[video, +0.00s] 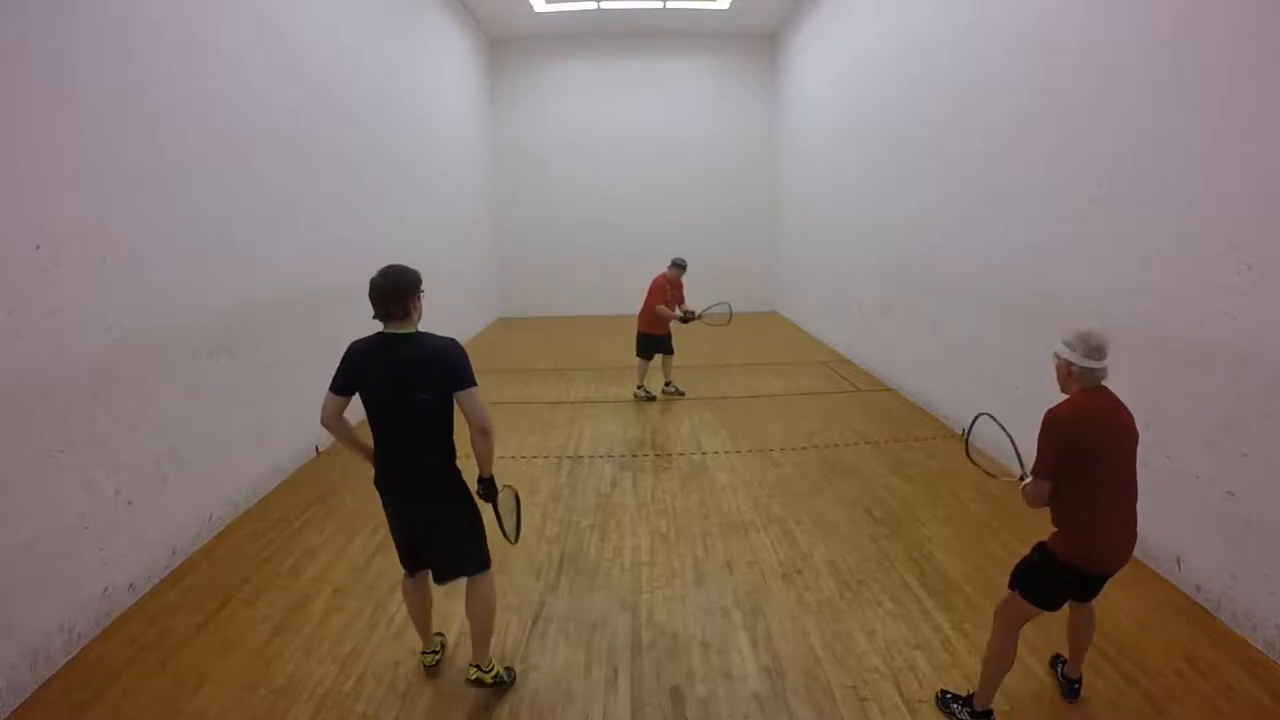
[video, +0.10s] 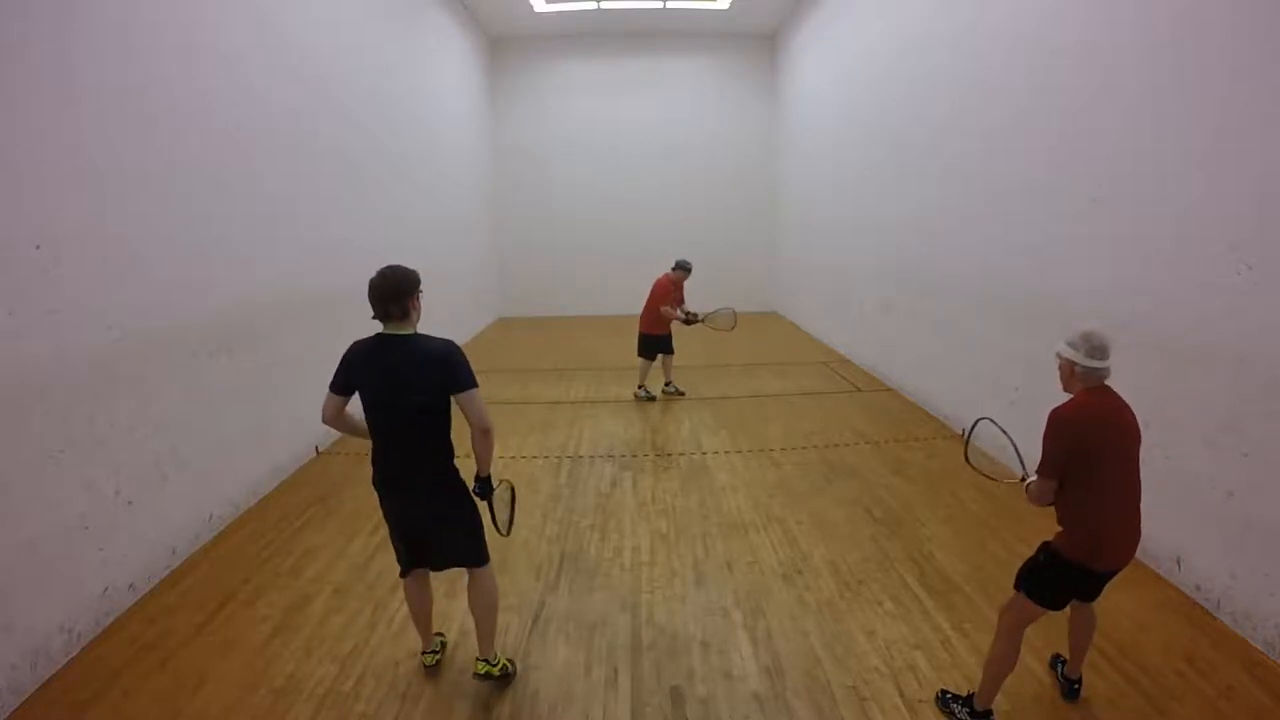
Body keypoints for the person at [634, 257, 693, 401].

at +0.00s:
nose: (679, 275)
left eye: (681, 273)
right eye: (677, 272)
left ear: (683, 273)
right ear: (670, 269)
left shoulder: (678, 283)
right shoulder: (659, 282)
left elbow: (681, 302)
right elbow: (658, 307)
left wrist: (686, 312)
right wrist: (677, 317)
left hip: (663, 326)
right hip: (647, 326)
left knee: (668, 353)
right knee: (645, 357)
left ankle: (668, 384)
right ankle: (639, 388)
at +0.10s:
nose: (685, 278)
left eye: (687, 276)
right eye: (684, 275)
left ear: (685, 274)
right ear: (677, 271)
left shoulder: (678, 284)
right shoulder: (662, 284)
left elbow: (680, 303)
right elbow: (664, 310)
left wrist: (688, 313)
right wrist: (682, 319)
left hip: (664, 326)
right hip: (650, 326)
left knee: (668, 354)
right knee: (648, 357)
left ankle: (668, 384)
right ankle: (640, 388)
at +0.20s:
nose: (689, 281)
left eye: (690, 279)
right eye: (689, 278)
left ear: (683, 274)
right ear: (683, 274)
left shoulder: (678, 285)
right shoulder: (666, 284)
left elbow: (679, 306)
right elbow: (668, 310)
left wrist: (688, 316)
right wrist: (684, 321)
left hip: (664, 326)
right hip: (651, 326)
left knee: (668, 354)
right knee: (651, 357)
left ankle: (668, 384)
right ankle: (641, 387)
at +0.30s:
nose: (691, 283)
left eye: (693, 280)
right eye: (692, 280)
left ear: (683, 273)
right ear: (687, 276)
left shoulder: (678, 285)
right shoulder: (672, 286)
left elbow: (677, 307)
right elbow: (671, 310)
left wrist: (685, 319)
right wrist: (683, 325)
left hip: (663, 326)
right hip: (653, 326)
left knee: (668, 354)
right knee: (656, 357)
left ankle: (668, 384)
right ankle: (643, 384)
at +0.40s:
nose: (691, 284)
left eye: (693, 281)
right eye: (692, 281)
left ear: (683, 273)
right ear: (687, 277)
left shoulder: (673, 283)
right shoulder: (675, 287)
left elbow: (676, 309)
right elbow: (672, 311)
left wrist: (683, 324)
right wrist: (682, 326)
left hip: (661, 326)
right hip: (654, 327)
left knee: (668, 354)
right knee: (660, 356)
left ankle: (668, 384)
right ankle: (643, 379)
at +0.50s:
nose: (691, 285)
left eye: (692, 282)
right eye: (691, 281)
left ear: (682, 274)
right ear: (687, 278)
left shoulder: (672, 282)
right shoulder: (675, 287)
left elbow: (673, 310)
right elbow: (672, 311)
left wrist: (679, 327)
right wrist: (678, 329)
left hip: (657, 325)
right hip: (654, 326)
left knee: (667, 354)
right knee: (662, 355)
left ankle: (668, 384)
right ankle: (645, 378)